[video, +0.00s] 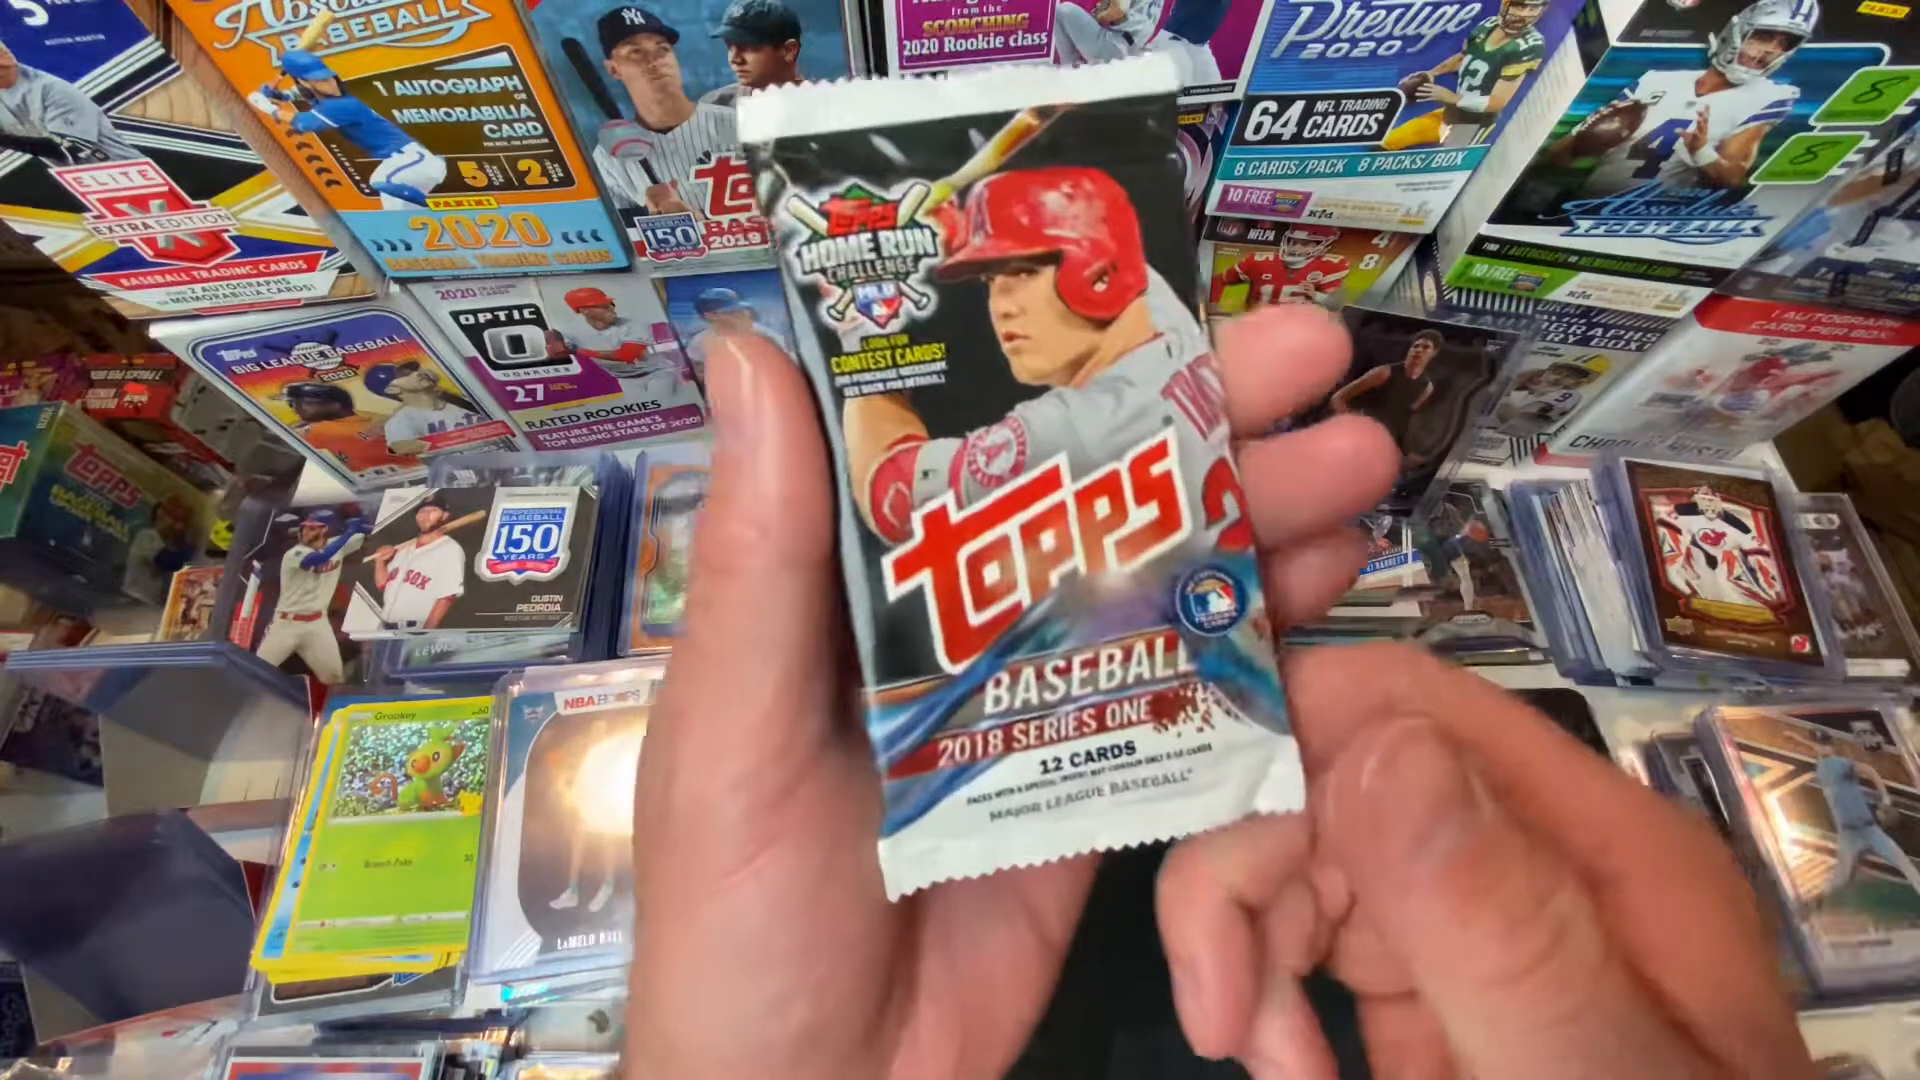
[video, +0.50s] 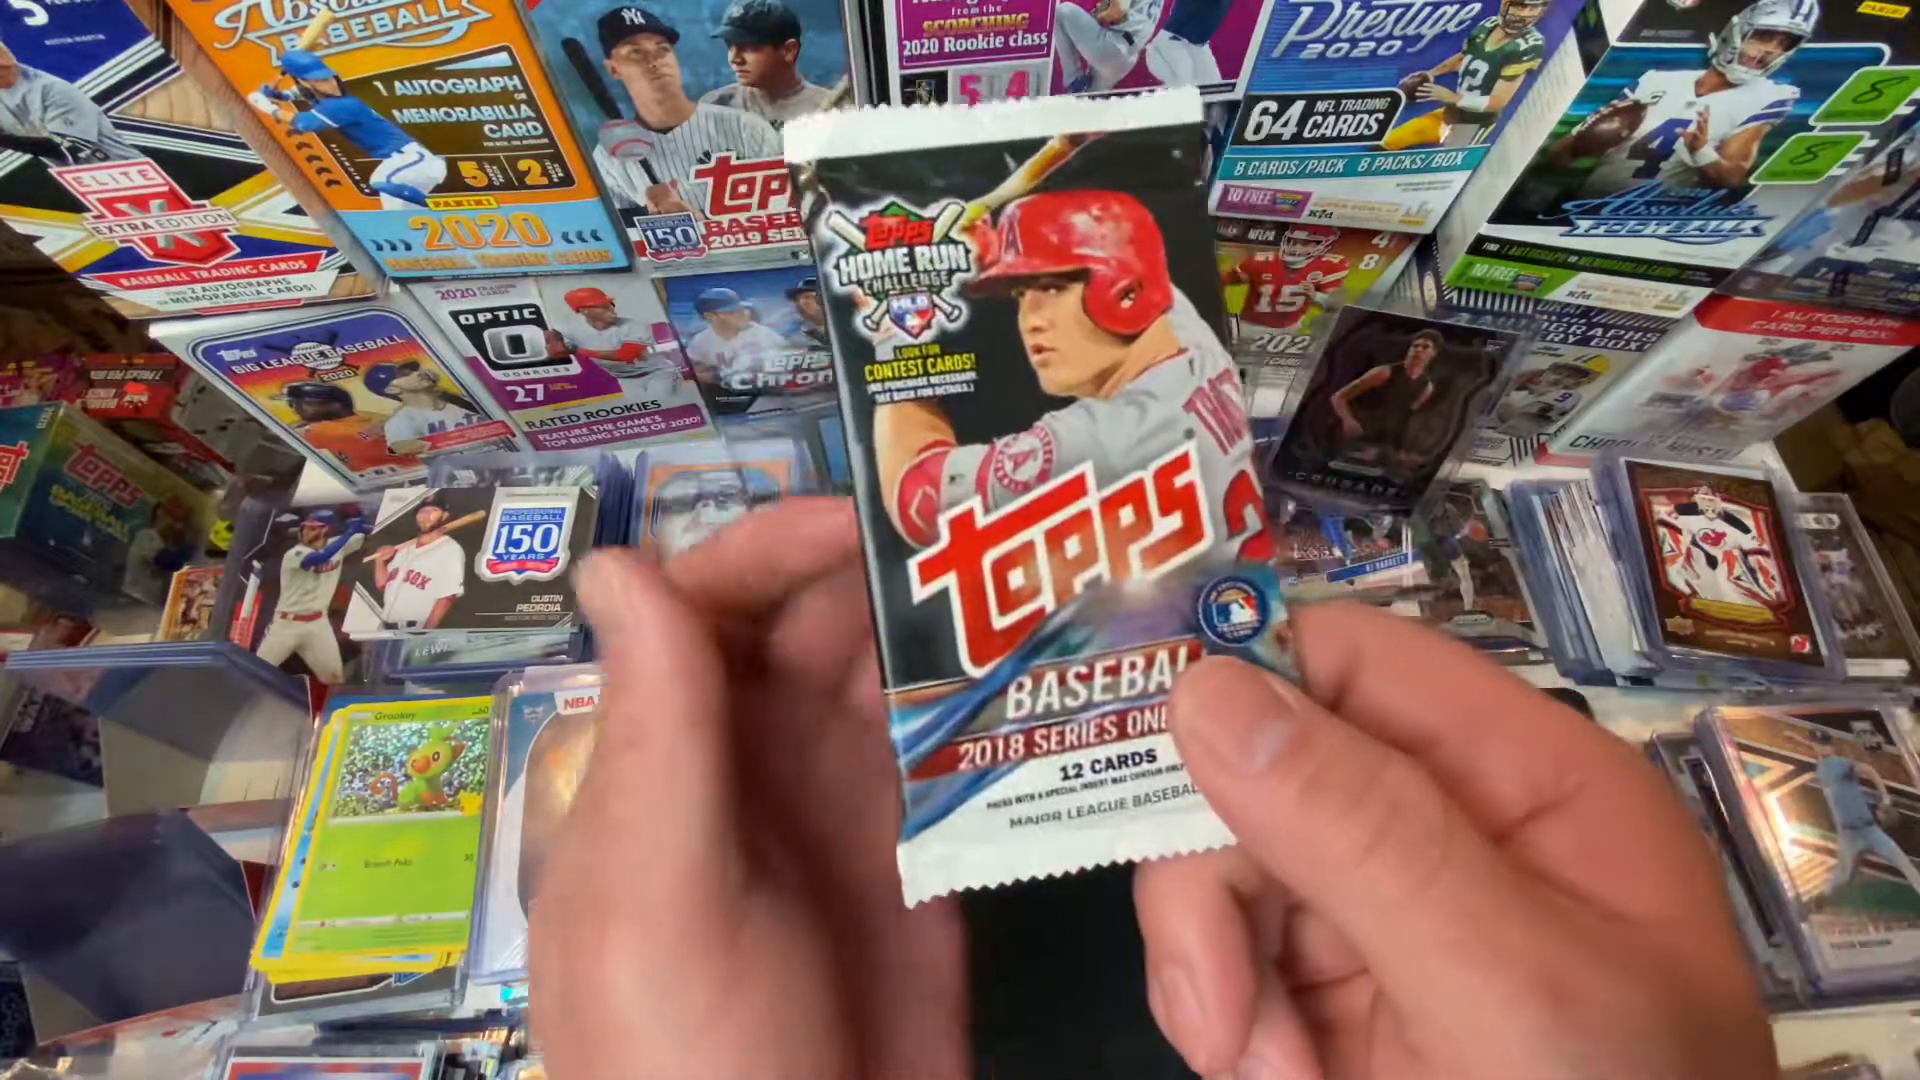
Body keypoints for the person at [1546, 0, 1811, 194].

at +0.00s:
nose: (1769, 52)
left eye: (1782, 45)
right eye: (1764, 37)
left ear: (1788, 56)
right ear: (1737, 33)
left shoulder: (1760, 101)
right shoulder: (1658, 83)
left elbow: (1734, 177)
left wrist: (1703, 154)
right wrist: (1584, 139)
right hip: (1592, 205)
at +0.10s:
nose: (1769, 52)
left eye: (1782, 45)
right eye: (1763, 37)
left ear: (1789, 56)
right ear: (1738, 33)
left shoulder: (1760, 102)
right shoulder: (1660, 83)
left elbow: (1734, 177)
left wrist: (1703, 153)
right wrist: (1583, 139)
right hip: (1592, 203)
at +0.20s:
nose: (1769, 52)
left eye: (1782, 44)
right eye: (1763, 37)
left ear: (1789, 55)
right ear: (1737, 33)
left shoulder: (1760, 102)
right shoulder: (1660, 83)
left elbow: (1734, 176)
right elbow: (1558, 154)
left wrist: (1703, 153)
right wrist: (1584, 138)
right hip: (1594, 203)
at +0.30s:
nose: (1769, 52)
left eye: (1781, 45)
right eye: (1763, 37)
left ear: (1788, 55)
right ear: (1737, 33)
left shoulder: (1760, 101)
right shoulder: (1659, 83)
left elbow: (1734, 176)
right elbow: (1559, 154)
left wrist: (1703, 154)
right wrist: (1587, 137)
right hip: (1594, 203)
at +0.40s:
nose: (1769, 52)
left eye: (1782, 45)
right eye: (1763, 37)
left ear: (1788, 55)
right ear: (1737, 33)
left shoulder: (1760, 101)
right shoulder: (1659, 83)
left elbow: (1734, 176)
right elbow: (1559, 154)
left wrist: (1703, 154)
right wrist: (1587, 137)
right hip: (1594, 203)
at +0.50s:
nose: (1769, 52)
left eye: (1782, 45)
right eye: (1763, 37)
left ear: (1788, 56)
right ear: (1738, 33)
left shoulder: (1759, 102)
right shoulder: (1659, 83)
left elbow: (1735, 177)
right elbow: (1556, 156)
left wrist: (1702, 153)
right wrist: (1584, 138)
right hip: (1594, 204)